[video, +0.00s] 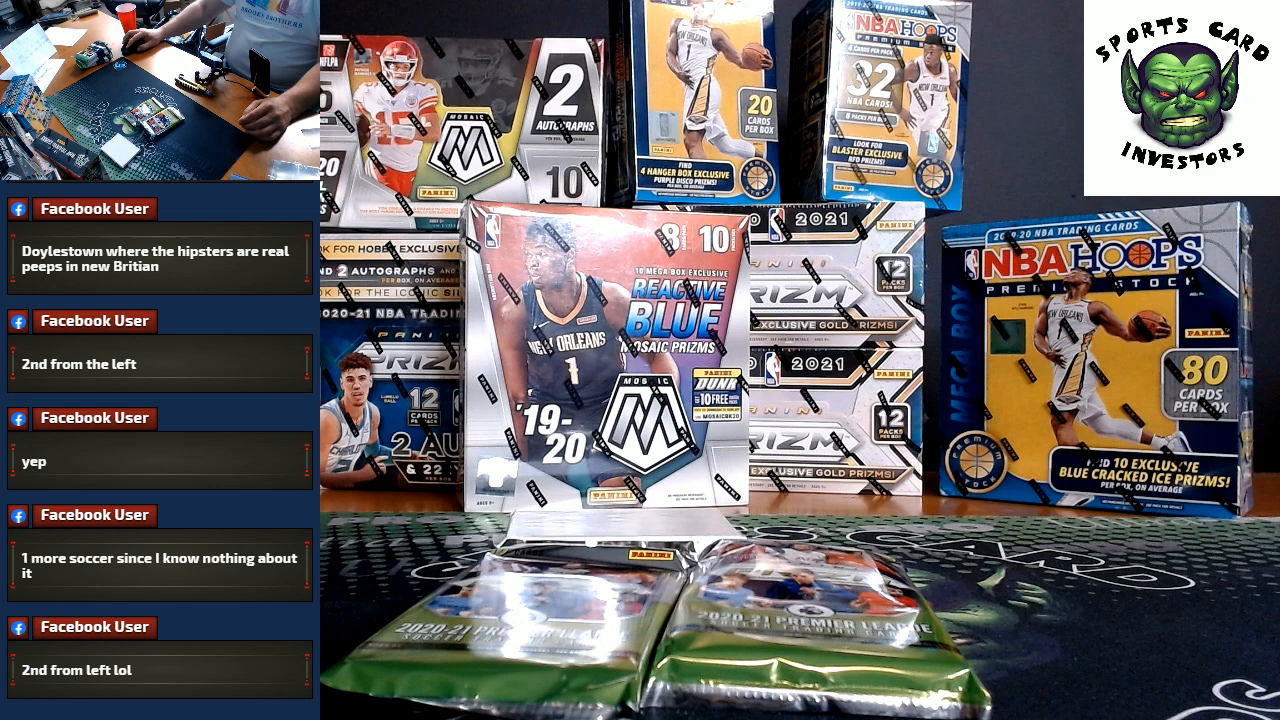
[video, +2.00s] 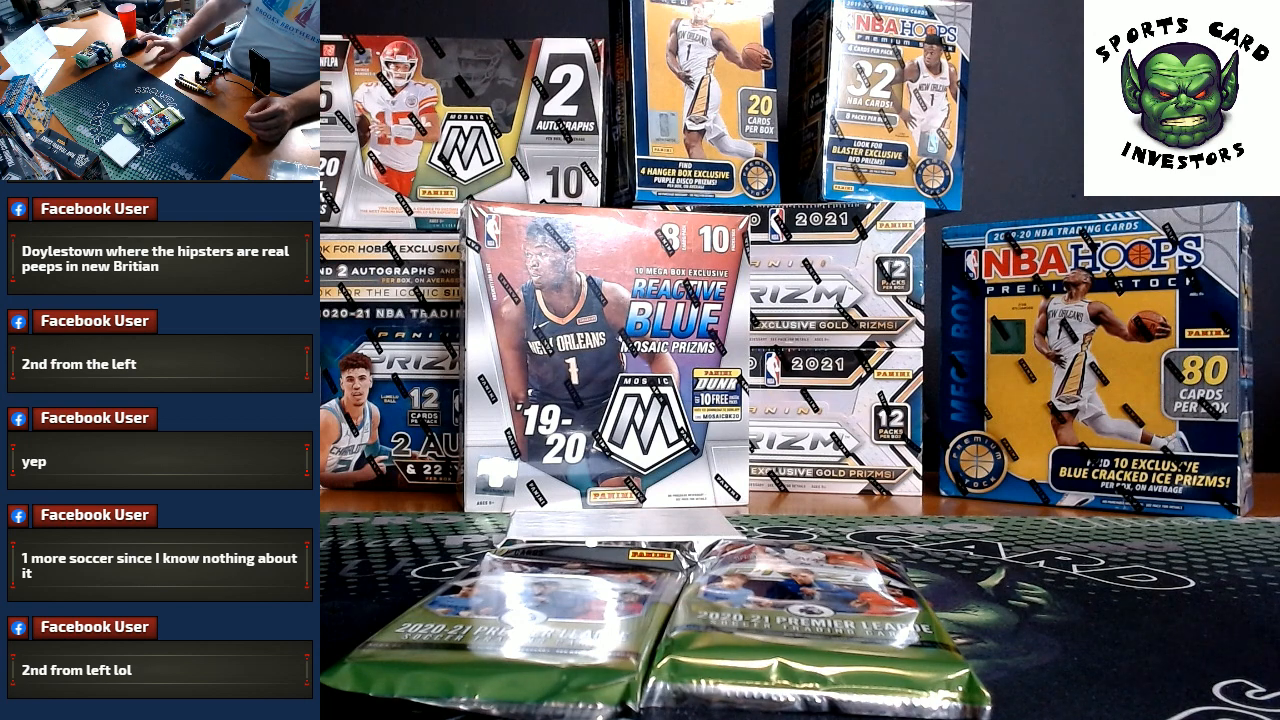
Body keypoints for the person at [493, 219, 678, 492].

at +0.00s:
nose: (532, 263)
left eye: (542, 254)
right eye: (529, 255)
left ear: (570, 256)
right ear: (524, 259)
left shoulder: (612, 299)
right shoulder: (514, 312)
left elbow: (658, 357)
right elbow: (518, 399)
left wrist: (663, 419)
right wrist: (524, 461)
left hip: (610, 419)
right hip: (550, 424)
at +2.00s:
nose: (532, 263)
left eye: (542, 254)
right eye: (529, 255)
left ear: (570, 256)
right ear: (524, 258)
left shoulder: (611, 299)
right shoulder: (514, 312)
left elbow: (657, 357)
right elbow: (518, 398)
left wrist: (663, 414)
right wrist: (524, 460)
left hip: (610, 424)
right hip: (549, 428)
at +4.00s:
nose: (532, 263)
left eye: (542, 254)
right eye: (529, 255)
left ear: (570, 255)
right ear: (525, 259)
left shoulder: (611, 299)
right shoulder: (513, 313)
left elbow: (658, 357)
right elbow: (518, 398)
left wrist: (662, 413)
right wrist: (524, 460)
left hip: (610, 422)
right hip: (549, 427)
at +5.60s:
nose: (532, 262)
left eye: (543, 253)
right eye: (529, 254)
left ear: (569, 255)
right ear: (524, 257)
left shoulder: (612, 299)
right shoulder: (514, 312)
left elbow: (658, 358)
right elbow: (517, 395)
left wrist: (663, 418)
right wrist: (524, 454)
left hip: (609, 427)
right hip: (547, 431)